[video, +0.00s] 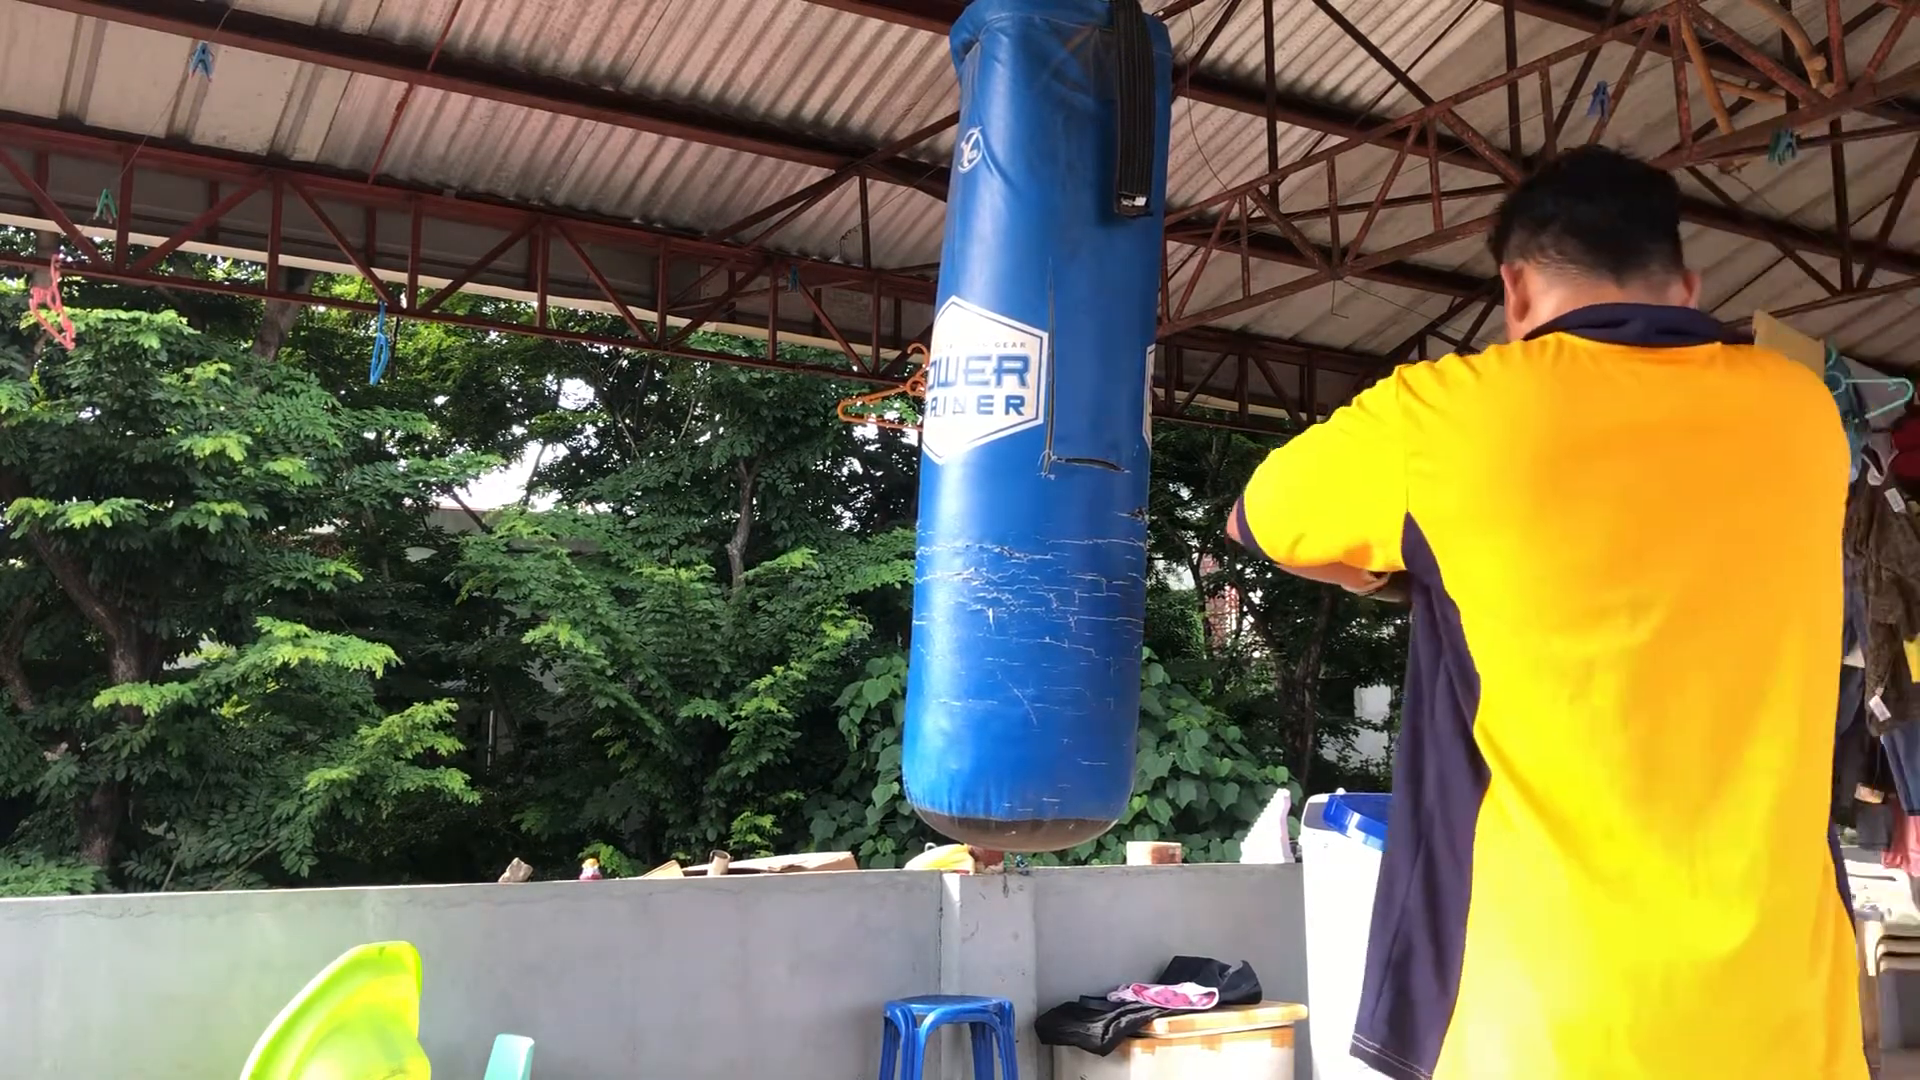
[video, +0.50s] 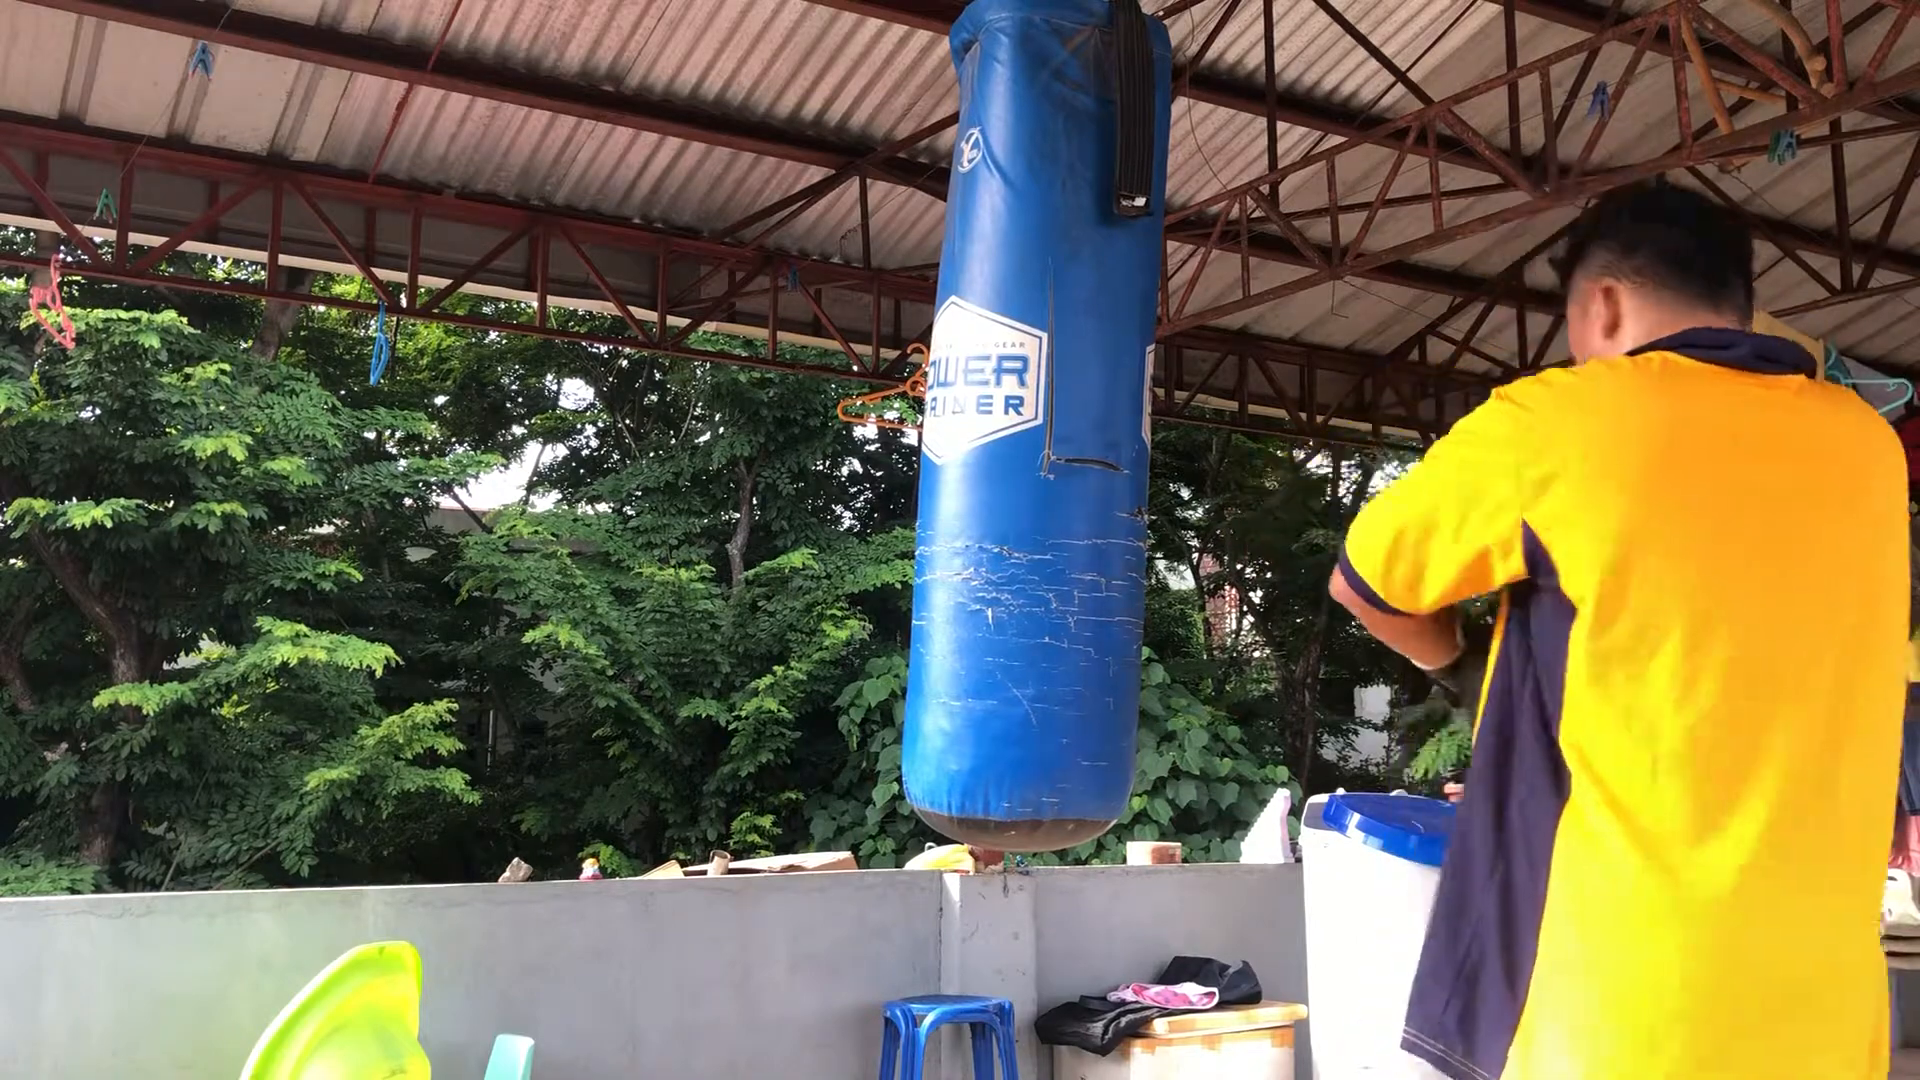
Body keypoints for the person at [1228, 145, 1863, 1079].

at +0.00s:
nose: (1501, 330)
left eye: (1497, 313)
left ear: (1517, 297)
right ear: (1689, 294)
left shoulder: (1443, 408)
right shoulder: (1806, 410)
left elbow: (1269, 521)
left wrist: (1437, 555)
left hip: (1533, 1029)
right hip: (1789, 1020)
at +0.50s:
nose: (1570, 355)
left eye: (1568, 329)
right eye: (1567, 333)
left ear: (1605, 307)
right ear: (1739, 312)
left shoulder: (1557, 414)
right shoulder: (1873, 445)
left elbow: (1367, 581)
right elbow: (1895, 674)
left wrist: (1457, 655)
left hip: (1604, 1019)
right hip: (1827, 1018)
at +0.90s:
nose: (1587, 396)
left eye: (1586, 355)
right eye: (1576, 366)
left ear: (1662, 315)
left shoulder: (1687, 430)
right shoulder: (1878, 471)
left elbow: (1633, 651)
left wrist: (1487, 673)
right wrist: (1558, 813)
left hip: (1678, 1020)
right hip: (1866, 1015)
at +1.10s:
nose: (1543, 391)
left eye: (1543, 351)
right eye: (1533, 361)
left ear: (1630, 316)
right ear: (1638, 316)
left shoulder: (1658, 437)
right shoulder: (1811, 456)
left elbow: (1630, 662)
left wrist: (1496, 680)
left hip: (1662, 1011)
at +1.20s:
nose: (1503, 384)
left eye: (1504, 344)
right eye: (1494, 354)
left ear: (1590, 311)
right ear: (1600, 313)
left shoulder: (1629, 436)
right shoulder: (1765, 441)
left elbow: (1577, 666)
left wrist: (1447, 674)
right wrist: (1557, 785)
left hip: (1651, 1005)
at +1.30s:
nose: (1458, 388)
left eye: (1457, 348)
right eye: (1449, 359)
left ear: (1535, 308)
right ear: (1544, 307)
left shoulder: (1569, 431)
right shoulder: (1749, 443)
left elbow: (1514, 656)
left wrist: (1387, 648)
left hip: (1626, 1012)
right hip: (1789, 1000)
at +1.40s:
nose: (1435, 414)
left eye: (1426, 387)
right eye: (1420, 398)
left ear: (1486, 327)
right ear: (1574, 320)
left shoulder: (1508, 426)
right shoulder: (1754, 448)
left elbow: (1309, 605)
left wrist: (1210, 584)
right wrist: (1438, 645)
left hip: (1617, 1022)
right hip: (1817, 1013)